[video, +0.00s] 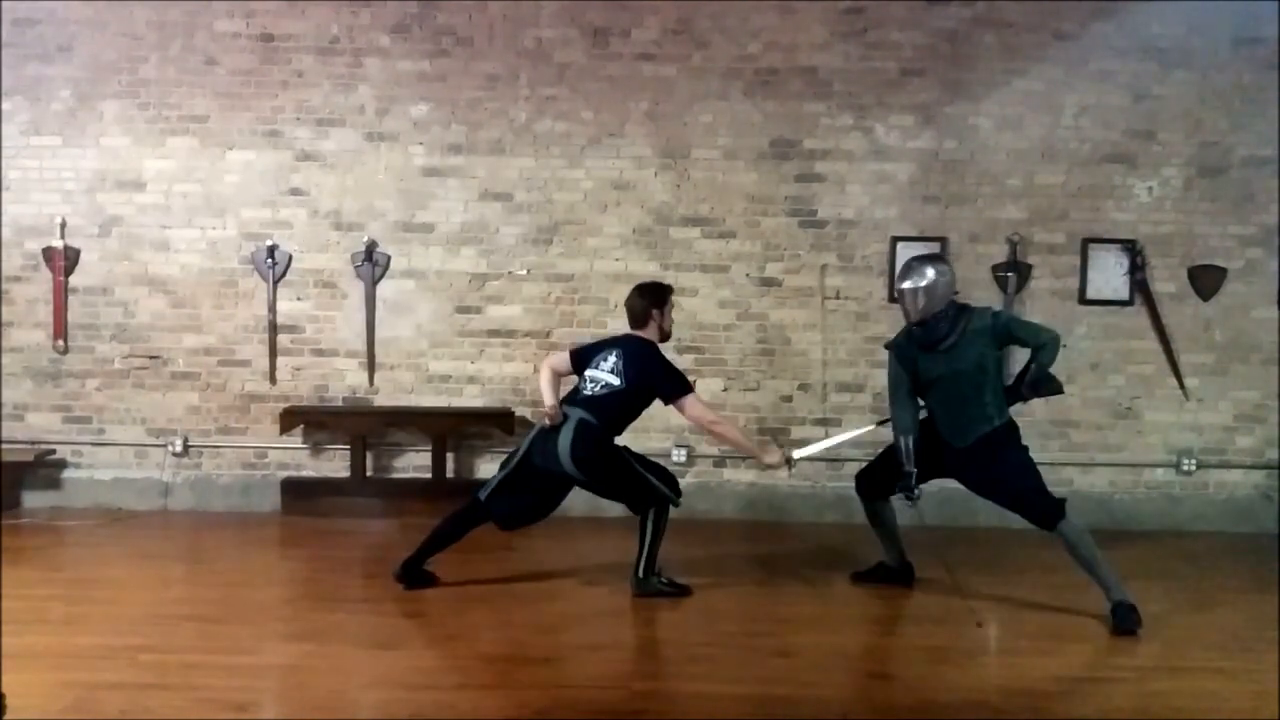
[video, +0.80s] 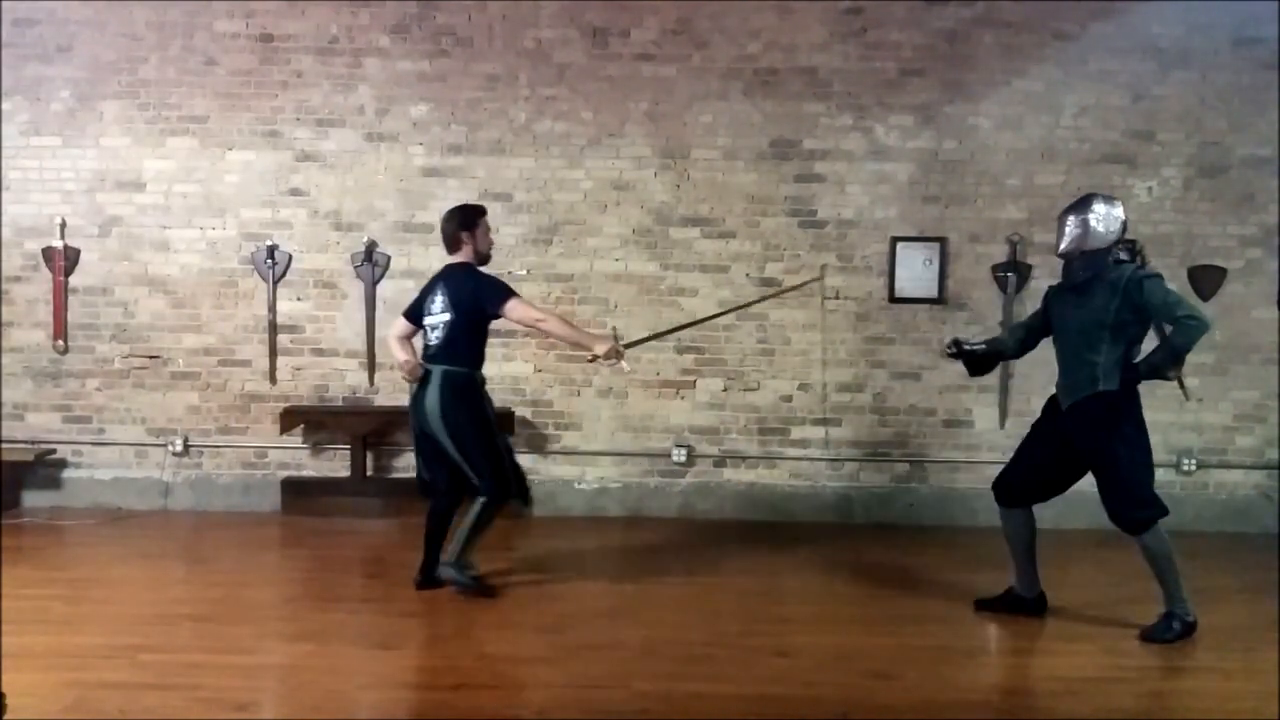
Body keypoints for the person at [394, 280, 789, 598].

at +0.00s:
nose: (673, 321)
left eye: (671, 314)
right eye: (670, 314)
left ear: (633, 316)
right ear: (657, 317)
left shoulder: (600, 348)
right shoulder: (655, 362)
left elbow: (549, 365)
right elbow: (704, 419)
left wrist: (550, 405)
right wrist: (758, 450)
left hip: (550, 436)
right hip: (587, 446)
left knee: (486, 501)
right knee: (659, 490)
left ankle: (413, 564)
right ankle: (647, 575)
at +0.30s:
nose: (656, 299)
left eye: (654, 292)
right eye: (652, 293)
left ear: (620, 299)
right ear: (636, 299)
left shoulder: (595, 335)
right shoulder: (642, 346)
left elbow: (539, 361)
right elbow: (688, 400)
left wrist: (539, 396)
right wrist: (746, 405)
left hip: (543, 429)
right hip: (577, 435)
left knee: (497, 498)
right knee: (646, 488)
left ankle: (423, 551)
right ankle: (645, 576)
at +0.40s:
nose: (621, 281)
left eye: (619, 273)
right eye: (617, 273)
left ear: (582, 281)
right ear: (600, 279)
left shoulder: (559, 323)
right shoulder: (609, 327)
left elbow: (511, 356)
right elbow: (658, 373)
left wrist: (520, 392)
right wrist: (716, 389)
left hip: (527, 426)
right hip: (563, 428)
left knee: (492, 497)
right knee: (634, 489)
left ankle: (430, 561)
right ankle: (649, 576)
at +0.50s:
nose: (577, 261)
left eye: (575, 253)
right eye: (572, 254)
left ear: (542, 261)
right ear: (553, 259)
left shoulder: (517, 305)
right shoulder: (563, 303)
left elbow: (476, 353)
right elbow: (616, 343)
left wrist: (495, 386)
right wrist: (674, 367)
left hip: (504, 413)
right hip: (541, 413)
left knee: (484, 496)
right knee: (602, 492)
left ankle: (434, 567)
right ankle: (644, 574)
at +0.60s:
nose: (540, 249)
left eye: (539, 241)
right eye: (535, 242)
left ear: (504, 249)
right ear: (515, 247)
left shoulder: (483, 294)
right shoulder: (525, 290)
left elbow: (447, 346)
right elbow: (581, 328)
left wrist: (465, 378)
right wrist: (640, 349)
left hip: (479, 402)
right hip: (513, 402)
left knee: (469, 488)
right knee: (565, 485)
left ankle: (432, 567)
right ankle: (602, 570)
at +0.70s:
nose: (512, 242)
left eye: (510, 235)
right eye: (507, 236)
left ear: (478, 243)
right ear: (488, 241)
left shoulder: (457, 289)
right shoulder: (498, 285)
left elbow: (422, 340)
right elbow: (557, 322)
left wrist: (434, 368)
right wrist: (614, 343)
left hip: (449, 399)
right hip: (481, 399)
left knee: (461, 485)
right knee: (537, 477)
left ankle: (430, 568)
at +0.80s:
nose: (492, 238)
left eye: (489, 231)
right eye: (486, 231)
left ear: (456, 240)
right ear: (467, 238)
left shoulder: (436, 285)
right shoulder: (478, 283)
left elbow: (397, 334)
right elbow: (537, 319)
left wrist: (406, 360)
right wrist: (593, 342)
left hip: (427, 395)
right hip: (454, 396)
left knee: (449, 487)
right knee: (498, 484)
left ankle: (430, 569)